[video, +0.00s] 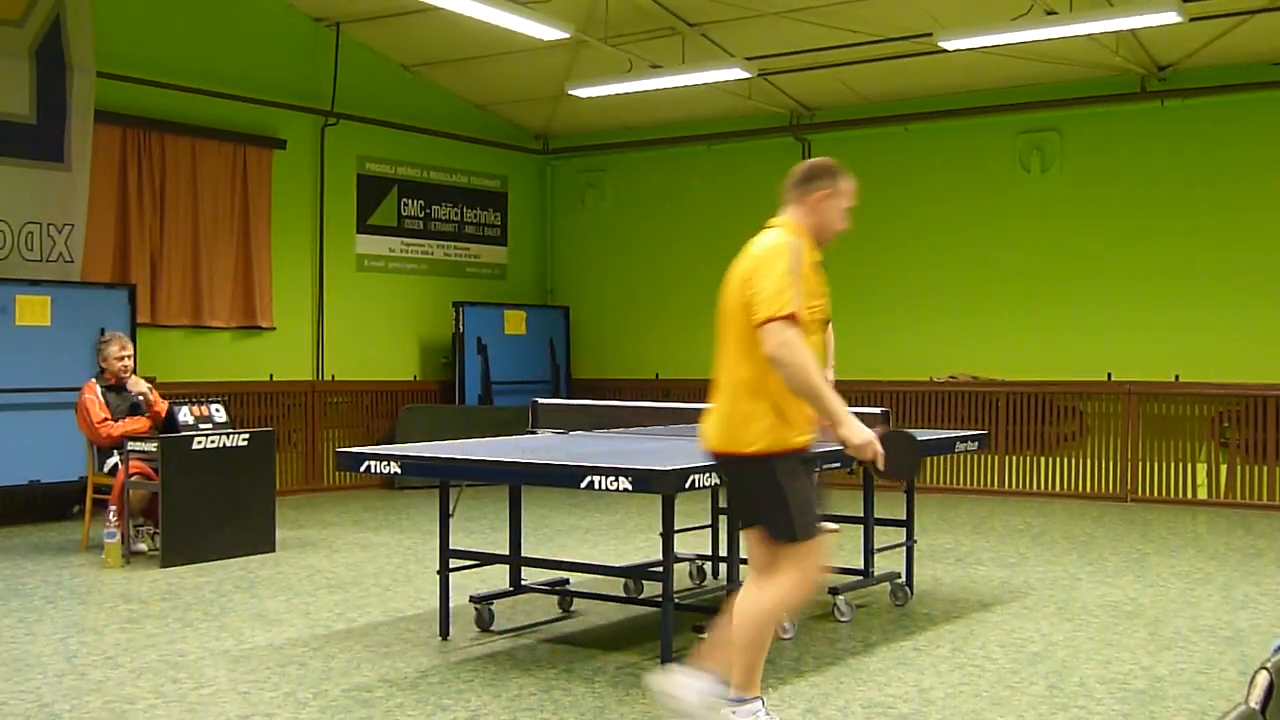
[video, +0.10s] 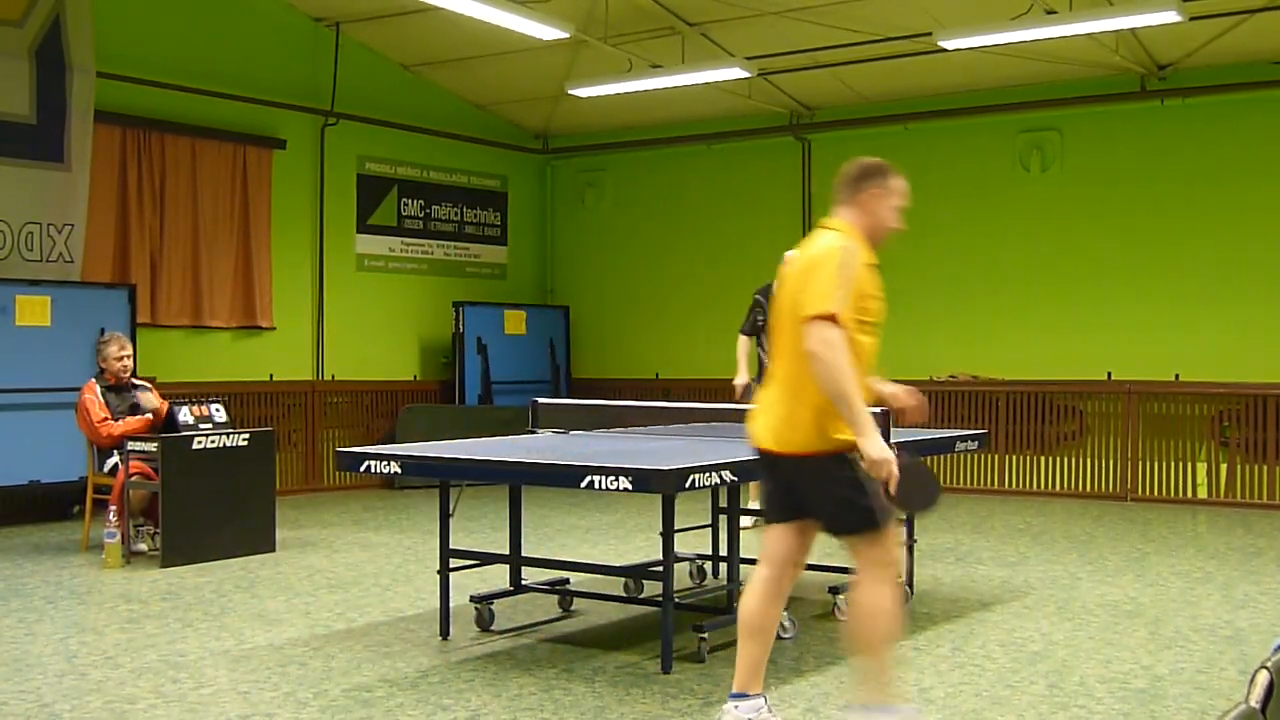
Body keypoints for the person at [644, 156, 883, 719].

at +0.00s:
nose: (847, 222)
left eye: (849, 210)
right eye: (844, 208)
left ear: (811, 198)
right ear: (815, 198)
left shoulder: (784, 250)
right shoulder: (780, 249)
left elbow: (784, 345)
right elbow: (780, 342)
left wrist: (825, 417)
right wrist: (844, 419)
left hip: (755, 436)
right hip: (762, 437)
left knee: (768, 569)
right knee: (809, 563)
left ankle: (743, 700)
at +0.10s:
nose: (900, 220)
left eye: (902, 208)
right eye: (895, 206)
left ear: (855, 200)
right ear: (865, 199)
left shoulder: (816, 250)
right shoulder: (839, 249)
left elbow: (815, 351)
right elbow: (821, 340)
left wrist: (884, 391)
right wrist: (867, 433)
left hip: (784, 436)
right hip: (819, 440)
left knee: (776, 566)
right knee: (880, 562)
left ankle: (744, 699)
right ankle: (875, 702)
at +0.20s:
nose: (942, 230)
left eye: (944, 218)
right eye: (938, 216)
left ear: (905, 208)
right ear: (907, 206)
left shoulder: (864, 256)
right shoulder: (880, 259)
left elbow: (860, 356)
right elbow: (858, 350)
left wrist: (931, 392)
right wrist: (885, 445)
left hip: (819, 445)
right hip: (855, 451)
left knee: (795, 566)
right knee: (919, 569)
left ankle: (747, 697)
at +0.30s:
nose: (1011, 238)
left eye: (1013, 226)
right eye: (1007, 224)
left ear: (968, 219)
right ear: (978, 218)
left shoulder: (923, 266)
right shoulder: (952, 271)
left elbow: (924, 363)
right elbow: (924, 361)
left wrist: (982, 405)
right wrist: (932, 463)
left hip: (882, 454)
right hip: (927, 457)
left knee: (864, 564)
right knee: (993, 565)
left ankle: (769, 681)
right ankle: (1007, 704)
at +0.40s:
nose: (1057, 239)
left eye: (1060, 227)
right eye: (1056, 225)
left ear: (1014, 215)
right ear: (1032, 217)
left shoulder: (959, 266)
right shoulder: (1000, 270)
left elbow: (946, 367)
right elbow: (974, 358)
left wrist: (1007, 413)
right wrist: (978, 462)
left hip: (930, 453)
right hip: (975, 456)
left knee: (934, 569)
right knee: (1028, 567)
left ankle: (828, 650)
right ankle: (1010, 706)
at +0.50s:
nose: (1118, 234)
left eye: (1121, 222)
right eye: (1116, 221)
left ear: (1074, 210)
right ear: (1091, 212)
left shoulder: (1015, 260)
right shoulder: (1064, 263)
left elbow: (1001, 356)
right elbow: (1047, 353)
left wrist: (1065, 413)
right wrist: (1064, 449)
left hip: (989, 441)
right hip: (1024, 446)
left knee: (1038, 554)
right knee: (1049, 569)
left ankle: (957, 643)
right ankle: (1012, 704)